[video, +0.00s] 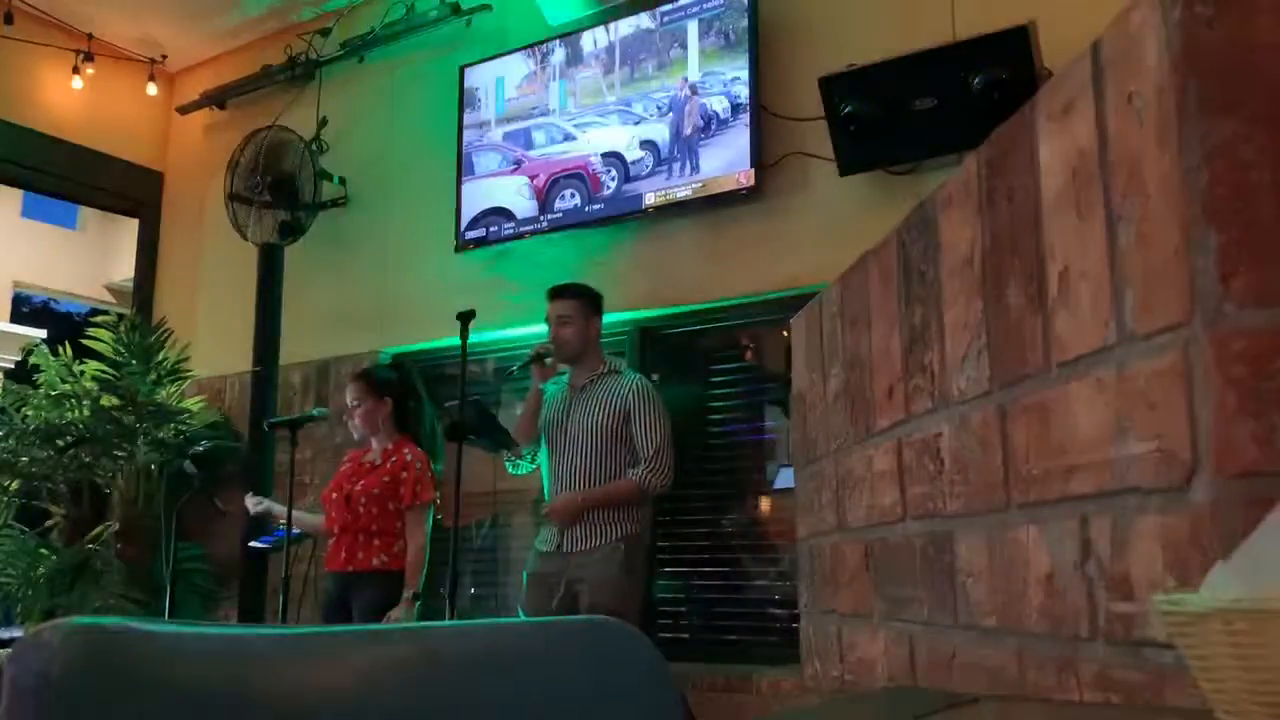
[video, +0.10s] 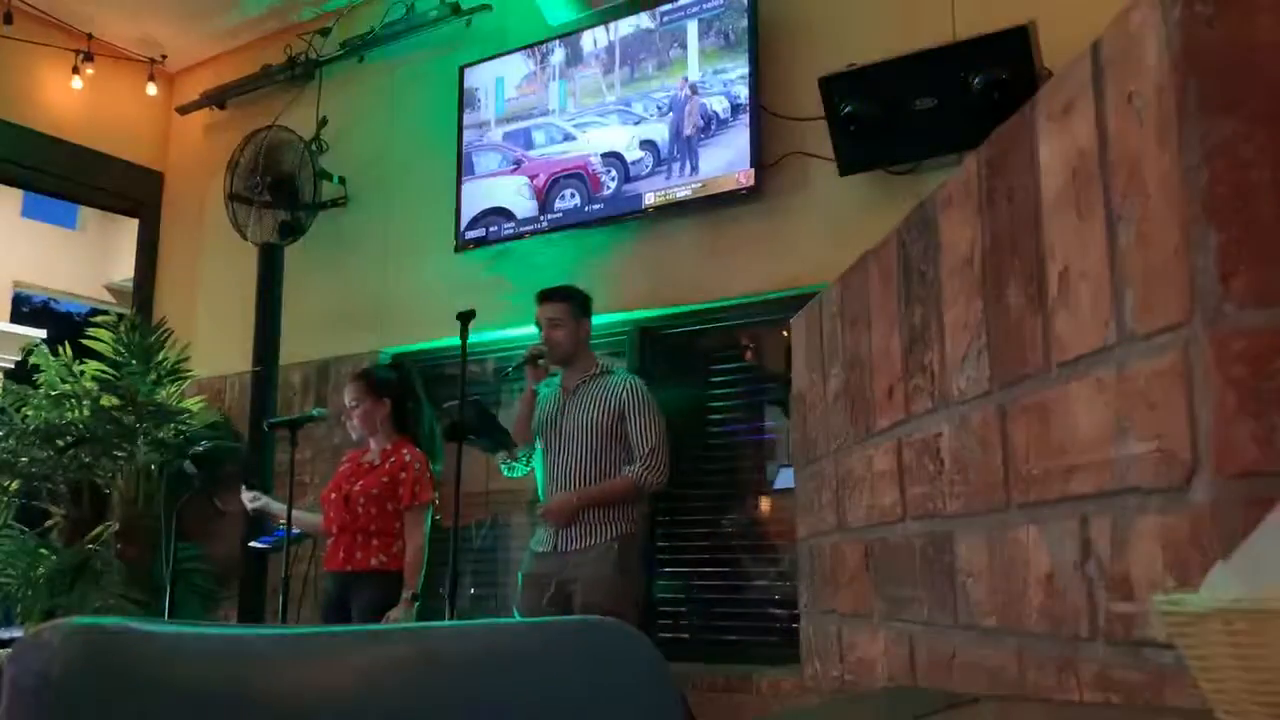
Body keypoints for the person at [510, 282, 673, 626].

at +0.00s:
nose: (553, 335)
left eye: (565, 324)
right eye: (550, 325)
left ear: (595, 327)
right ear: (547, 328)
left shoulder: (633, 388)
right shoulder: (549, 393)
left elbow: (658, 472)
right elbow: (518, 459)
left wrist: (582, 501)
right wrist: (536, 389)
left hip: (610, 548)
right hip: (551, 547)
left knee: (604, 660)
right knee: (537, 656)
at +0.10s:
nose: (545, 337)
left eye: (556, 326)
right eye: (541, 328)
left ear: (585, 329)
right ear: (537, 332)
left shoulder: (626, 388)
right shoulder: (542, 395)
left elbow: (653, 470)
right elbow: (513, 463)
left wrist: (577, 500)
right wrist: (530, 391)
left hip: (605, 548)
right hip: (546, 549)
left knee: (600, 661)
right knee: (534, 658)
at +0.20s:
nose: (538, 336)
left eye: (549, 324)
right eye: (533, 328)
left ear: (577, 328)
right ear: (530, 335)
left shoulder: (620, 390)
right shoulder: (536, 396)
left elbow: (650, 468)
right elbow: (505, 460)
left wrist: (575, 497)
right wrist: (526, 390)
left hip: (603, 545)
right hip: (543, 546)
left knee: (591, 656)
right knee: (531, 654)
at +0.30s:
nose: (531, 336)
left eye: (542, 324)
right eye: (526, 328)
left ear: (571, 327)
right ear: (523, 335)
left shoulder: (615, 386)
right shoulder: (527, 397)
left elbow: (647, 464)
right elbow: (502, 462)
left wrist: (574, 493)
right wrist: (521, 390)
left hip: (602, 545)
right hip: (540, 548)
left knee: (588, 656)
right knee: (531, 656)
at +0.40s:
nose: (527, 337)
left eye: (537, 325)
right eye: (521, 329)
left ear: (565, 328)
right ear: (518, 335)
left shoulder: (612, 387)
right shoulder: (523, 399)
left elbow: (645, 462)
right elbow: (501, 462)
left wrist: (571, 493)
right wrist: (518, 391)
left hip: (602, 545)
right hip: (540, 548)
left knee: (588, 657)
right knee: (531, 656)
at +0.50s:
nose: (522, 338)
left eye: (532, 326)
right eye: (516, 330)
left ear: (559, 329)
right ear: (512, 337)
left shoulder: (610, 386)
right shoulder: (515, 399)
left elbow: (646, 461)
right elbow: (503, 465)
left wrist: (578, 491)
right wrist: (517, 393)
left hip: (603, 547)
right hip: (539, 550)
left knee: (596, 657)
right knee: (530, 656)